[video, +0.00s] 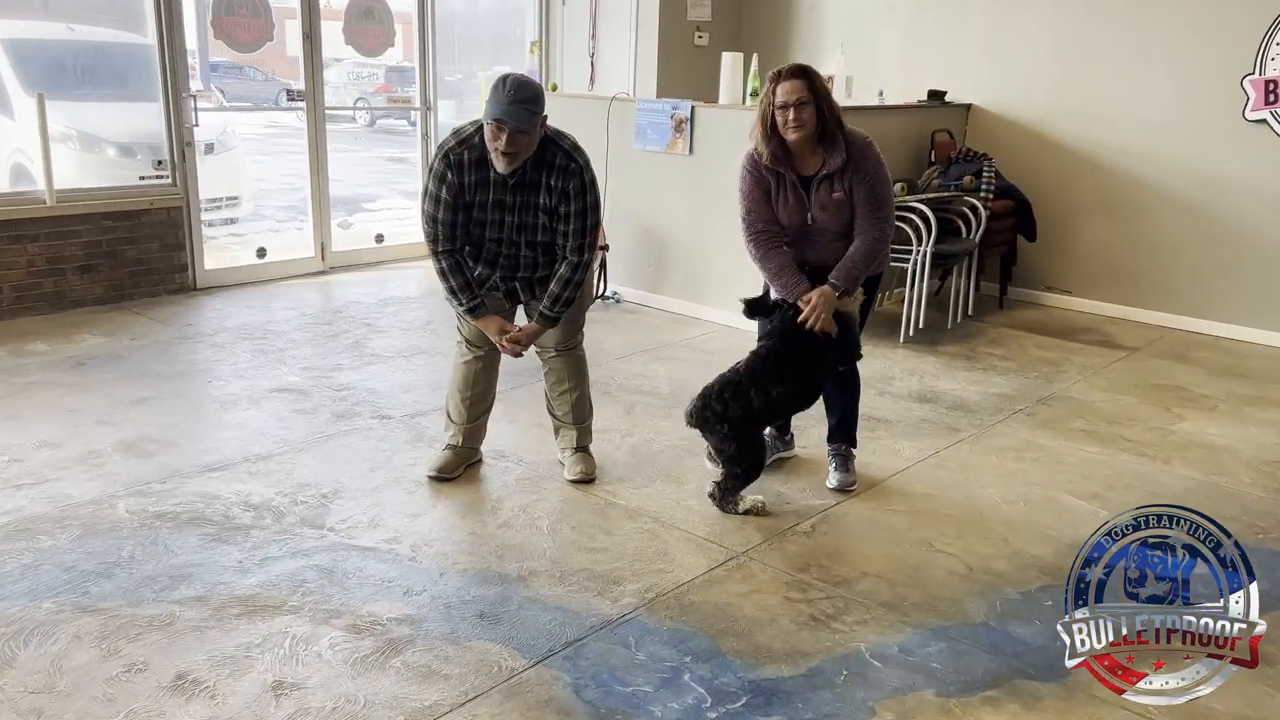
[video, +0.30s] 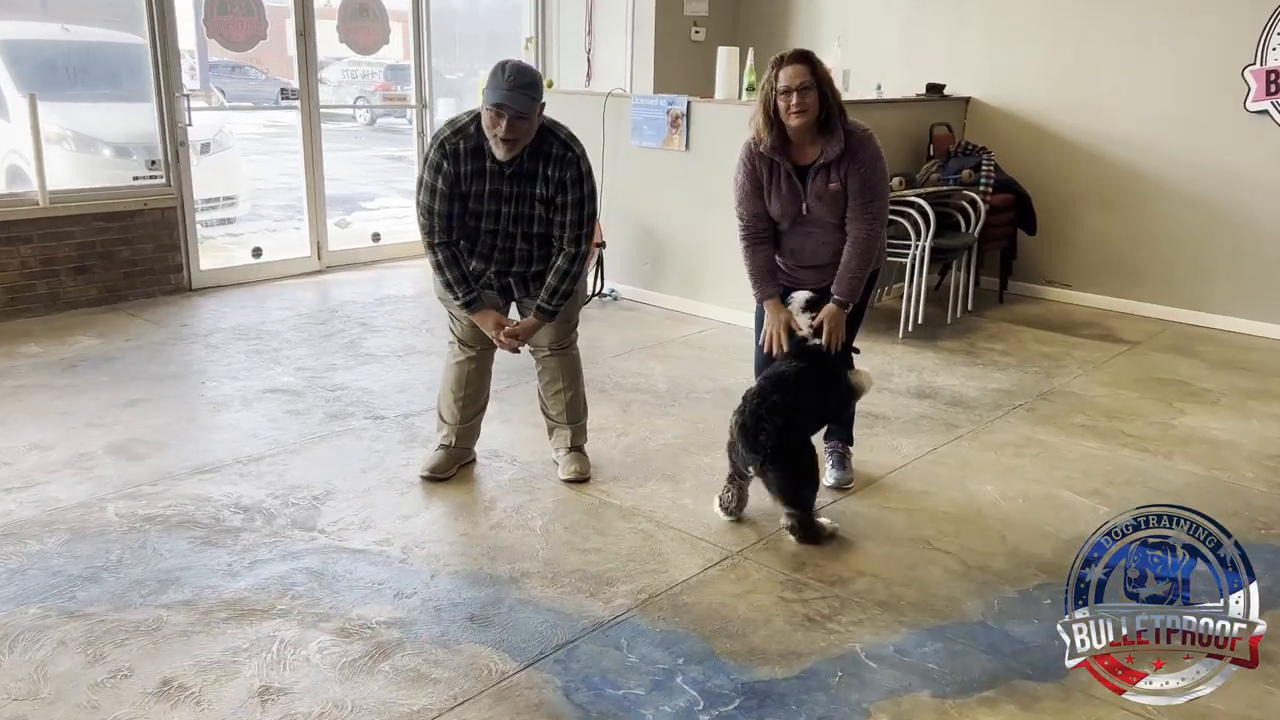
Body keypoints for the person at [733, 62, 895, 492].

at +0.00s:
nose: (792, 115)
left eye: (802, 104)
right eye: (782, 107)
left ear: (821, 107)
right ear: (770, 113)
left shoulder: (858, 153)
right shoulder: (760, 162)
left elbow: (875, 233)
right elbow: (761, 238)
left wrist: (837, 287)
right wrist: (806, 297)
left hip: (849, 272)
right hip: (787, 272)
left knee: (839, 357)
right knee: (776, 350)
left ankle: (841, 451)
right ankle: (777, 432)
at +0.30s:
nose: (795, 100)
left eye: (805, 89)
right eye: (784, 92)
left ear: (823, 94)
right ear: (772, 100)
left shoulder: (858, 146)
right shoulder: (757, 151)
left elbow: (867, 229)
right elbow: (754, 232)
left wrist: (840, 302)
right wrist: (770, 302)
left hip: (846, 272)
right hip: (782, 271)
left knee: (834, 357)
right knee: (771, 360)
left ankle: (837, 445)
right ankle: (770, 449)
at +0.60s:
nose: (792, 111)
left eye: (802, 99)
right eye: (781, 102)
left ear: (820, 102)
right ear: (769, 108)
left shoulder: (855, 150)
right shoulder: (756, 157)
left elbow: (859, 234)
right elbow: (755, 233)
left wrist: (826, 302)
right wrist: (767, 296)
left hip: (855, 263)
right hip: (794, 263)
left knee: (834, 345)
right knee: (773, 350)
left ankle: (840, 445)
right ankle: (760, 443)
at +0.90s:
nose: (803, 110)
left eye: (813, 100)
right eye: (794, 101)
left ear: (834, 95)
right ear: (782, 100)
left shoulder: (870, 140)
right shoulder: (770, 145)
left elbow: (874, 223)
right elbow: (765, 221)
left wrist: (850, 295)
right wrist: (765, 293)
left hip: (866, 255)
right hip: (804, 252)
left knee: (847, 342)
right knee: (786, 343)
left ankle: (857, 438)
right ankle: (792, 424)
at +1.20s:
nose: (820, 124)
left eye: (830, 113)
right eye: (810, 114)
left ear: (851, 105)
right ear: (798, 109)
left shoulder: (891, 141)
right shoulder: (790, 148)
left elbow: (904, 230)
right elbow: (778, 227)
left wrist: (876, 301)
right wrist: (762, 302)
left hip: (886, 255)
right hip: (823, 253)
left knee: (869, 336)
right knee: (808, 338)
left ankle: (878, 437)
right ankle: (812, 422)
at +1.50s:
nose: (838, 114)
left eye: (849, 103)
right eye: (829, 104)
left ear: (871, 101)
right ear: (817, 105)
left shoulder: (913, 143)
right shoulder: (810, 145)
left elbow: (935, 227)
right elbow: (792, 215)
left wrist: (900, 293)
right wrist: (781, 285)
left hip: (903, 259)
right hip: (841, 255)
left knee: (887, 338)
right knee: (823, 345)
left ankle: (892, 439)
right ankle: (826, 423)